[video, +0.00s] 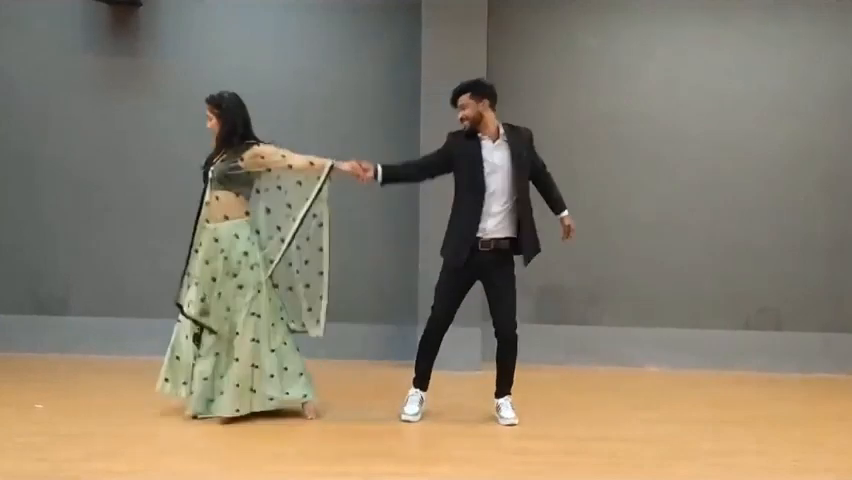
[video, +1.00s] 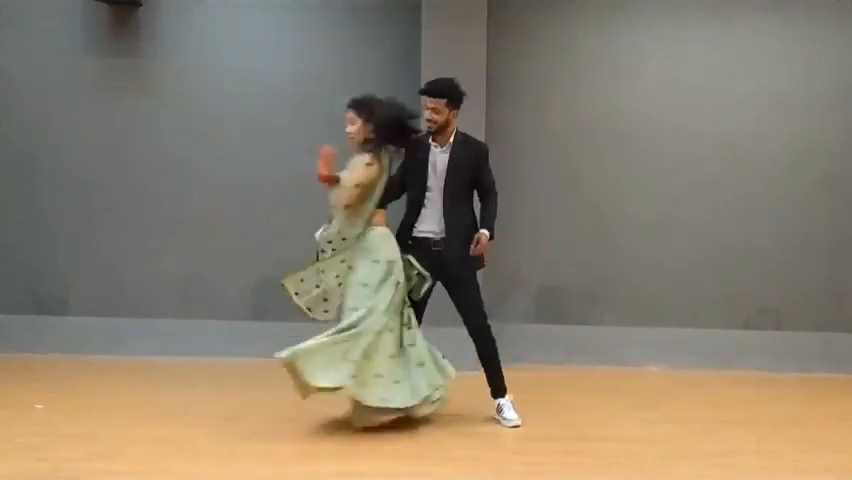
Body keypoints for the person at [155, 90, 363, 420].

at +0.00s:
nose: (208, 123)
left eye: (212, 117)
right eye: (208, 117)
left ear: (228, 119)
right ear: (225, 119)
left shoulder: (250, 154)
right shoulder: (220, 155)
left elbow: (292, 161)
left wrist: (338, 166)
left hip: (236, 239)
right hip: (212, 240)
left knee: (249, 315)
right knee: (209, 316)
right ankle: (205, 395)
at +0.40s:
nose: (231, 132)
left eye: (239, 126)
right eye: (228, 126)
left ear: (255, 130)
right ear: (223, 129)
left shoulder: (275, 161)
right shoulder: (224, 170)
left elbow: (310, 181)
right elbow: (206, 220)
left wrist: (337, 168)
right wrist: (169, 243)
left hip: (277, 250)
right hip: (241, 250)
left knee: (274, 321)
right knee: (230, 316)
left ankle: (275, 396)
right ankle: (213, 392)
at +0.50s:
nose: (265, 136)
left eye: (270, 130)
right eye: (258, 130)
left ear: (277, 134)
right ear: (244, 136)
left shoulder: (290, 169)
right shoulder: (242, 176)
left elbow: (309, 197)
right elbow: (237, 217)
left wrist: (335, 188)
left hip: (298, 251)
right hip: (267, 254)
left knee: (292, 323)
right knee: (252, 322)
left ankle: (276, 398)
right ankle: (218, 394)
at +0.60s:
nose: (297, 136)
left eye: (297, 130)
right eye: (290, 130)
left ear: (289, 136)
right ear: (271, 136)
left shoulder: (286, 172)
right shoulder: (268, 177)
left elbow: (308, 201)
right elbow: (296, 208)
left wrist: (341, 197)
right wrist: (323, 184)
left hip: (306, 264)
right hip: (291, 266)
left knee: (311, 331)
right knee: (292, 333)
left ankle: (290, 399)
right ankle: (269, 399)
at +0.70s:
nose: (321, 134)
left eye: (319, 127)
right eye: (316, 128)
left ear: (295, 135)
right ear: (303, 136)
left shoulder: (284, 167)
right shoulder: (314, 171)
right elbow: (353, 194)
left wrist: (344, 184)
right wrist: (354, 164)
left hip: (292, 252)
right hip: (315, 256)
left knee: (290, 324)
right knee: (333, 326)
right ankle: (315, 403)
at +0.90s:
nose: (326, 133)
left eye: (329, 127)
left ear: (335, 127)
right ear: (370, 127)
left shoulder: (336, 159)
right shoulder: (375, 158)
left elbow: (318, 199)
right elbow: (365, 191)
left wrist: (310, 185)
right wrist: (316, 179)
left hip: (345, 240)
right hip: (372, 239)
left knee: (332, 315)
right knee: (373, 317)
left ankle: (339, 394)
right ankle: (375, 393)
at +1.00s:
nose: (347, 129)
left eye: (353, 123)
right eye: (348, 122)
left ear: (370, 127)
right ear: (368, 129)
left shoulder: (365, 164)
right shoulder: (374, 160)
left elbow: (345, 202)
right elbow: (352, 193)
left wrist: (331, 181)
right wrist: (333, 179)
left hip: (373, 246)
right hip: (380, 243)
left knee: (366, 320)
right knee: (379, 320)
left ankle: (375, 401)